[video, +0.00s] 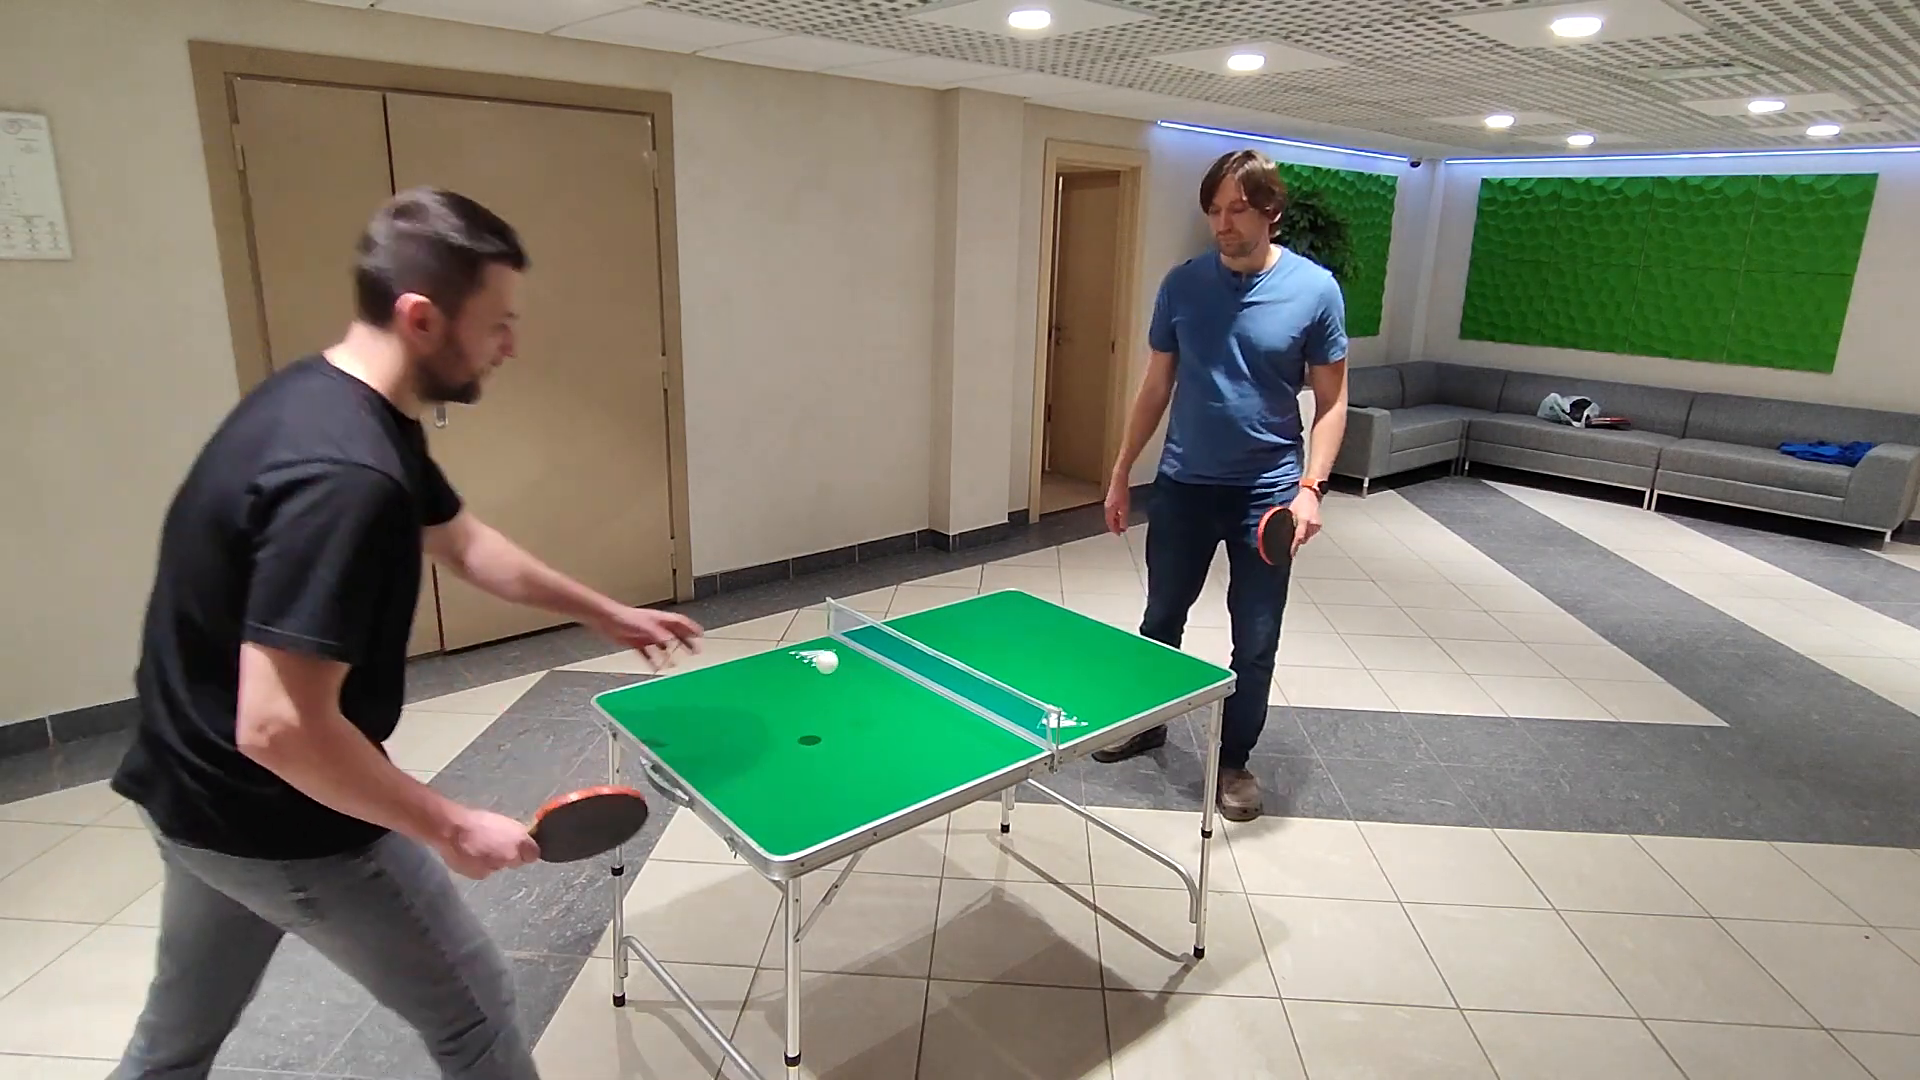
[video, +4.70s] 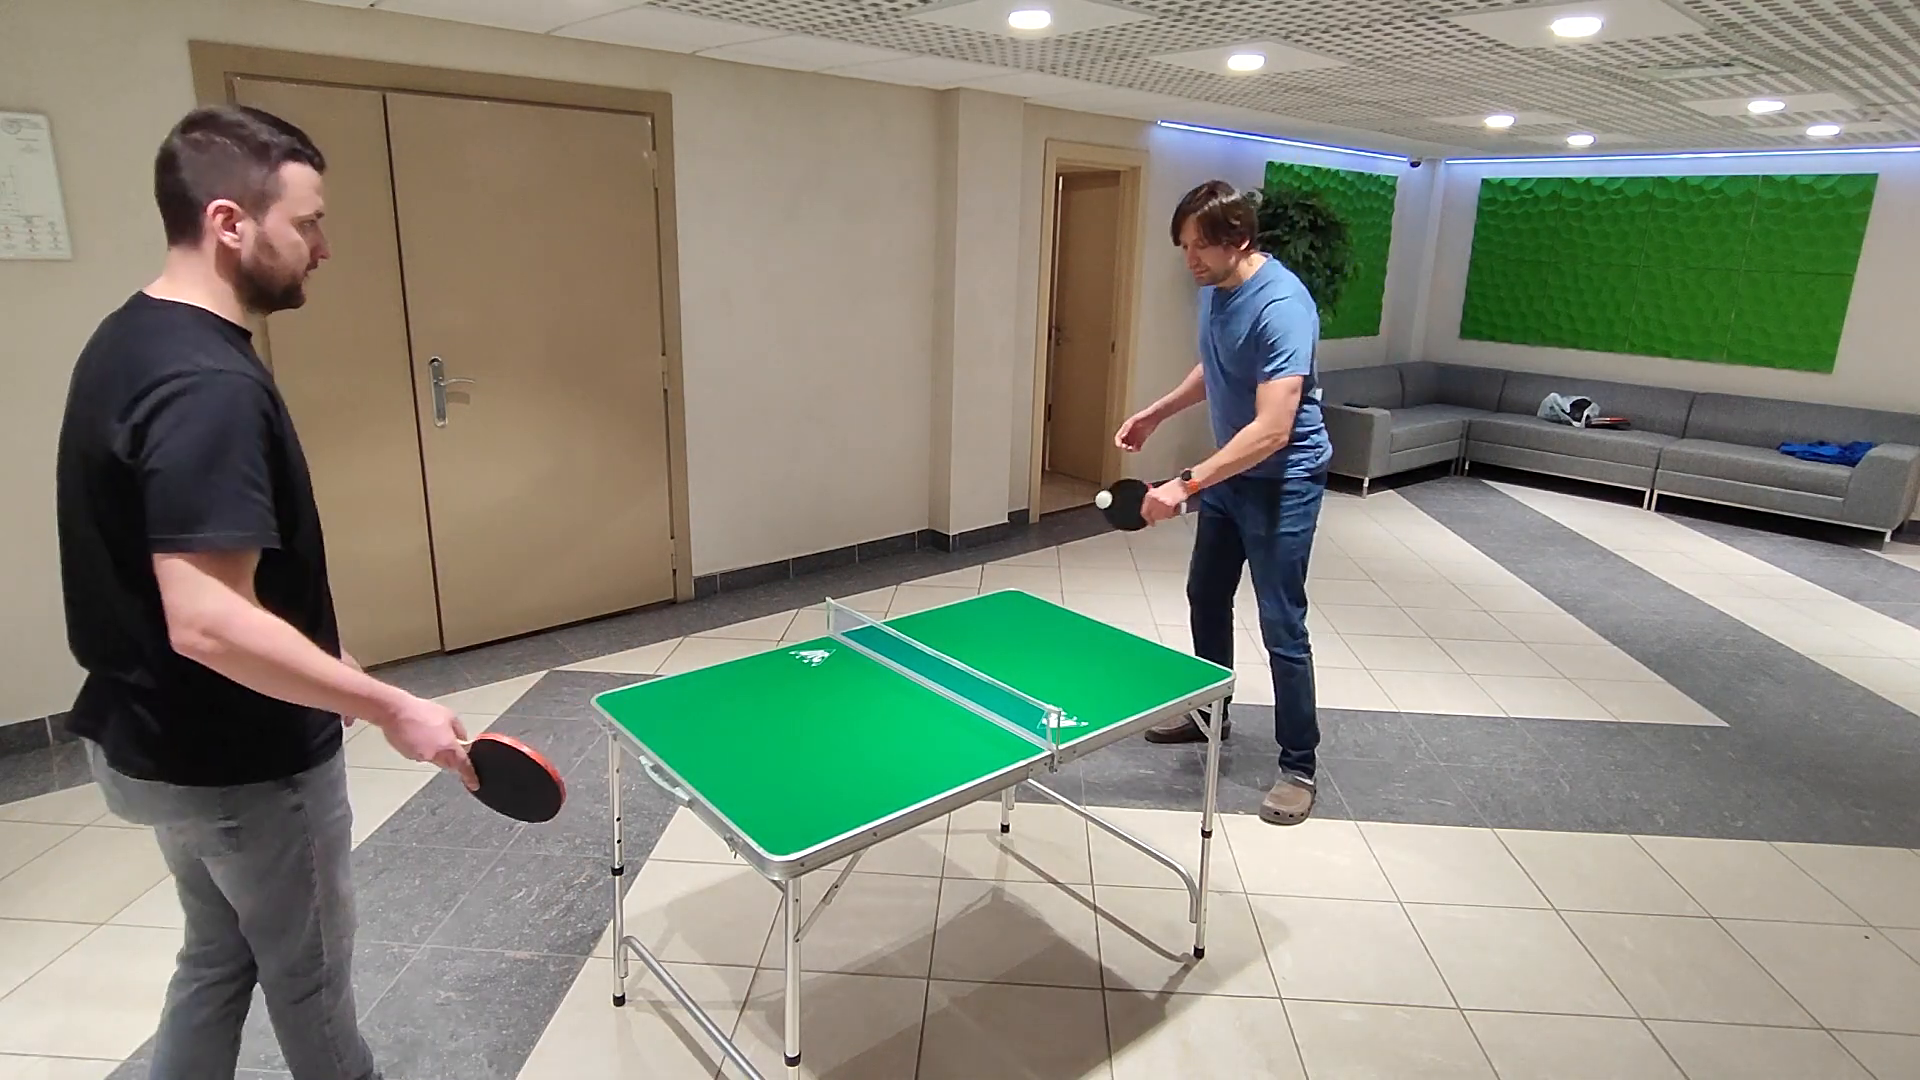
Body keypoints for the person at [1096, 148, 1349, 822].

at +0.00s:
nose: (1224, 224)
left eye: (1238, 212)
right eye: (1216, 212)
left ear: (1271, 213)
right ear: (1207, 212)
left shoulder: (1316, 290)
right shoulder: (1183, 283)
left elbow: (1331, 402)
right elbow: (1156, 384)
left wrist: (1311, 490)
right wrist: (1121, 469)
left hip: (1267, 488)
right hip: (1184, 481)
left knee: (1255, 644)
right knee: (1161, 616)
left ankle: (1235, 765)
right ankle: (1140, 720)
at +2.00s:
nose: (1260, 233)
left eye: (1274, 221)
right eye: (1254, 219)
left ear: (1312, 220)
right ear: (1249, 219)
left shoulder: (1359, 282)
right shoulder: (1231, 289)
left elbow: (1376, 387)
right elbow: (1169, 398)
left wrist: (1381, 477)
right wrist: (1109, 466)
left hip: (1317, 490)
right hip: (1232, 486)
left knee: (1293, 643)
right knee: (1192, 630)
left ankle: (1264, 764)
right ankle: (1160, 752)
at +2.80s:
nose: (1225, 222)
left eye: (1237, 208)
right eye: (1212, 207)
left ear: (1252, 207)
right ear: (1187, 206)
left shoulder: (1272, 278)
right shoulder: (1150, 285)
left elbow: (1314, 369)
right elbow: (1125, 401)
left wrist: (1346, 383)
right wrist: (1194, 414)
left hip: (1243, 486)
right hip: (1161, 489)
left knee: (1261, 633)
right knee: (1153, 634)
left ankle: (1260, 765)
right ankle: (1151, 761)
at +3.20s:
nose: (1250, 219)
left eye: (1258, 205)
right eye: (1238, 206)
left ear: (1264, 207)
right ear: (1199, 206)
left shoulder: (1277, 289)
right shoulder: (1147, 282)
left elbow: (1286, 396)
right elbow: (1110, 383)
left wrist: (1304, 452)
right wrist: (1147, 420)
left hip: (1235, 487)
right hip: (1154, 486)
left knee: (1253, 642)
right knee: (1148, 634)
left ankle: (1253, 766)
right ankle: (1149, 763)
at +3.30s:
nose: (1245, 220)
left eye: (1254, 206)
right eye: (1232, 207)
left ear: (1264, 207)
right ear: (1201, 208)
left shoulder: (1285, 291)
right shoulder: (1153, 279)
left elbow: (1275, 407)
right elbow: (1115, 377)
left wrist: (1235, 485)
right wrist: (1140, 424)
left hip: (1240, 485)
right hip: (1157, 483)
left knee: (1256, 640)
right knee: (1149, 628)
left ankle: (1253, 766)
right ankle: (1150, 761)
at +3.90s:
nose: (1252, 225)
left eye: (1267, 213)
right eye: (1247, 212)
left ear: (1304, 217)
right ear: (1243, 216)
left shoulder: (1346, 293)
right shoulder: (1233, 280)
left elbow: (1362, 415)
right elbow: (1214, 379)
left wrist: (1274, 483)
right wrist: (1176, 424)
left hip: (1303, 495)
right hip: (1226, 483)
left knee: (1305, 648)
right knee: (1187, 628)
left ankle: (1298, 775)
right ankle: (1153, 755)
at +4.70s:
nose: (1188, 260)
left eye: (1196, 247)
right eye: (1185, 248)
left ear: (1235, 241)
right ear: (1214, 244)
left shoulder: (1281, 308)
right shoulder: (1220, 289)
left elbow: (1272, 430)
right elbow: (1216, 369)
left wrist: (1187, 484)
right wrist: (1154, 415)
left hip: (1281, 484)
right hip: (1225, 477)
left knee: (1282, 626)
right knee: (1207, 597)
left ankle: (1298, 770)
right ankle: (1209, 710)